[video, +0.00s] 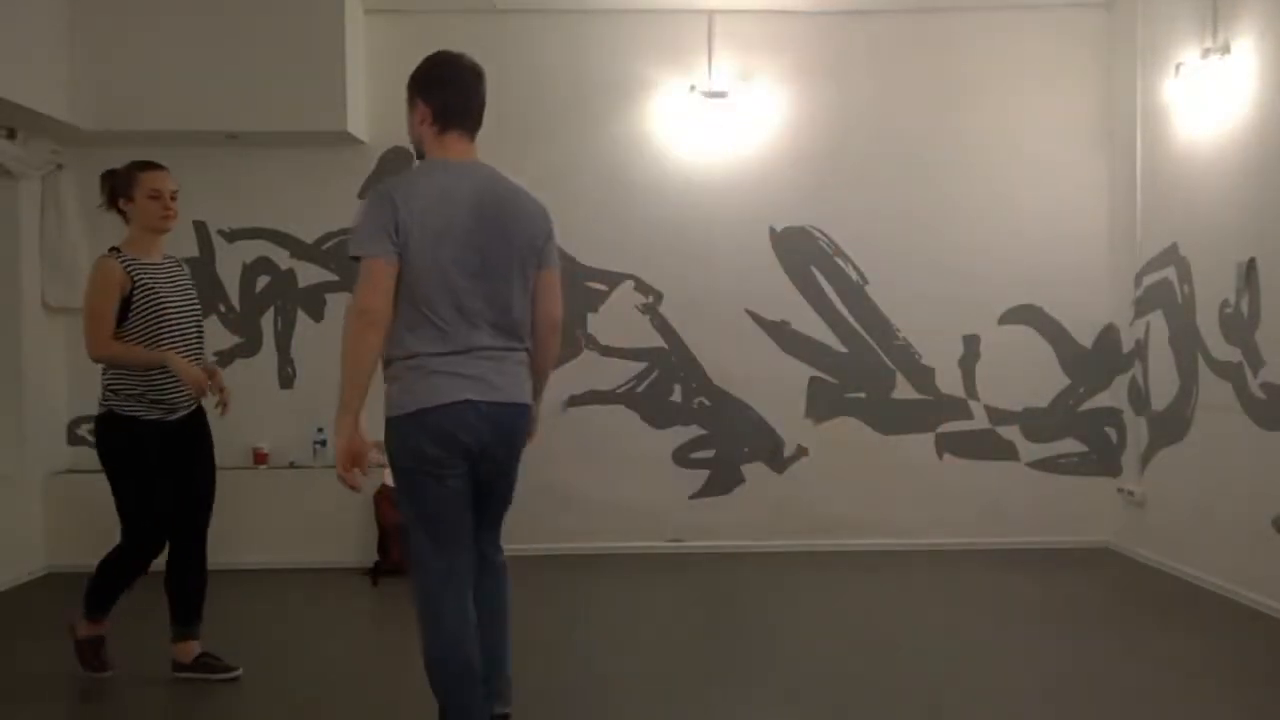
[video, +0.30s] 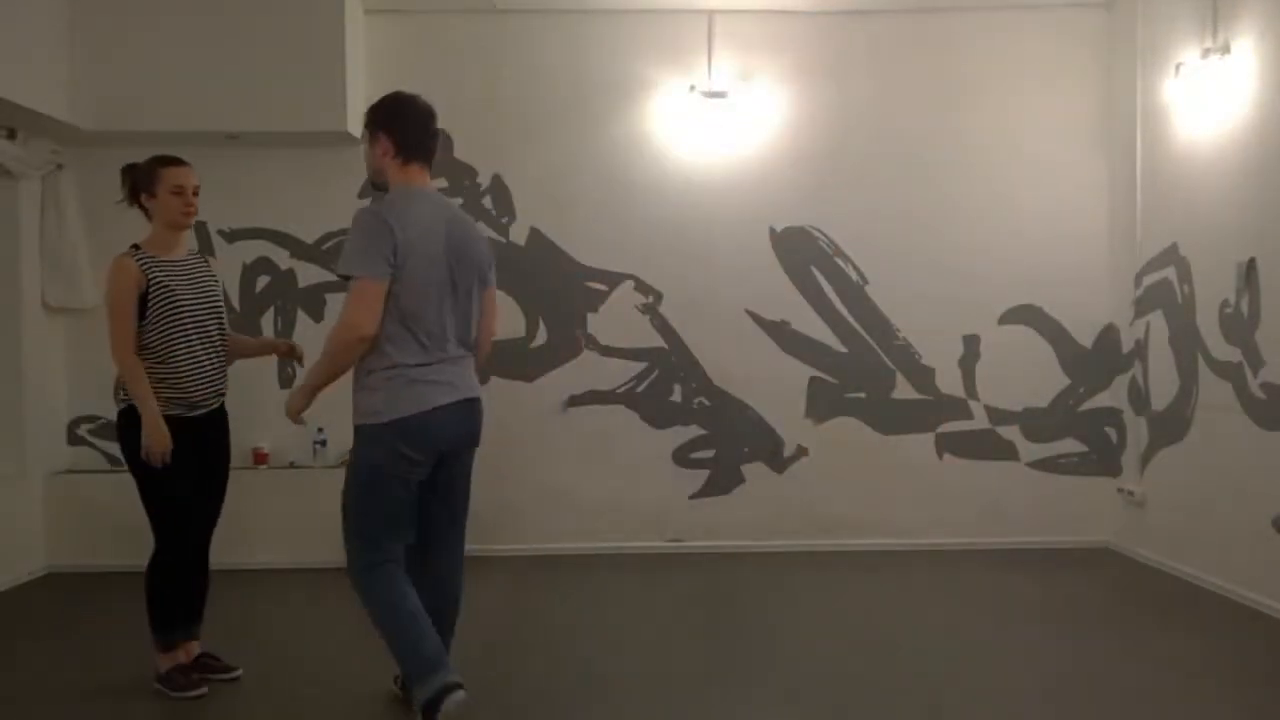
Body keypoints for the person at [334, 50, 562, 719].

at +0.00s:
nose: (410, 122)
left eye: (411, 111)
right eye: (413, 110)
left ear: (423, 113)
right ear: (478, 115)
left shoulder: (394, 193)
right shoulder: (528, 206)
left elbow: (371, 311)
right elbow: (549, 323)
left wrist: (348, 416)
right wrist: (531, 398)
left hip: (427, 413)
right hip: (508, 408)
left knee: (440, 568)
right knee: (485, 548)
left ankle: (463, 708)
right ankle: (494, 697)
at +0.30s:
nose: (365, 155)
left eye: (367, 144)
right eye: (367, 144)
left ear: (385, 145)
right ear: (427, 148)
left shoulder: (379, 218)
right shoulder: (470, 229)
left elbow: (360, 327)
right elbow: (485, 336)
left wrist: (307, 389)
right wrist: (452, 384)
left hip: (394, 417)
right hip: (460, 412)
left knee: (375, 557)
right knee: (440, 551)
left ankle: (436, 682)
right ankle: (421, 678)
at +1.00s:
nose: (273, 178)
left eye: (285, 168)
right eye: (269, 168)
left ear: (320, 169)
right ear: (268, 172)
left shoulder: (354, 239)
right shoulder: (297, 236)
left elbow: (373, 339)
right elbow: (277, 308)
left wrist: (339, 418)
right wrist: (202, 309)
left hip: (346, 406)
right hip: (306, 404)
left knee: (318, 520)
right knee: (289, 509)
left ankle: (339, 652)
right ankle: (373, 598)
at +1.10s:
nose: (284, 177)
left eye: (295, 167)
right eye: (275, 168)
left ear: (324, 170)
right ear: (269, 174)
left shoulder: (356, 239)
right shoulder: (284, 239)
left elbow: (373, 335)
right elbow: (268, 310)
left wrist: (325, 408)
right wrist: (197, 311)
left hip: (345, 406)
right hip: (293, 404)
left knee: (327, 520)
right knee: (290, 512)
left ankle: (333, 647)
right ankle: (355, 593)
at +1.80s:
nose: (308, 189)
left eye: (317, 180)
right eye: (297, 180)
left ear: (332, 188)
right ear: (283, 190)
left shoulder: (357, 255)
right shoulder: (251, 257)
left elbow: (378, 321)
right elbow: (216, 320)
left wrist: (383, 377)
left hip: (338, 406)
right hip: (274, 408)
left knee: (342, 513)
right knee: (281, 516)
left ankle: (333, 613)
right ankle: (285, 626)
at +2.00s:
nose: (319, 194)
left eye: (328, 185)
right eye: (309, 186)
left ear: (342, 194)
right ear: (293, 196)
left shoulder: (361, 259)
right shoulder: (267, 258)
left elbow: (381, 321)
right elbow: (225, 324)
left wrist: (385, 369)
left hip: (344, 406)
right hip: (285, 405)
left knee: (333, 511)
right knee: (292, 512)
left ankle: (318, 606)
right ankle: (287, 623)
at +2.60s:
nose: (384, 195)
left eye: (393, 188)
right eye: (375, 187)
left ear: (405, 198)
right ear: (359, 193)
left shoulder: (408, 266)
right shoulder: (330, 252)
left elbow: (405, 338)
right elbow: (273, 310)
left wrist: (431, 385)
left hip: (399, 406)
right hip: (344, 407)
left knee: (417, 509)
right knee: (341, 517)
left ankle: (418, 618)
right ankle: (303, 623)